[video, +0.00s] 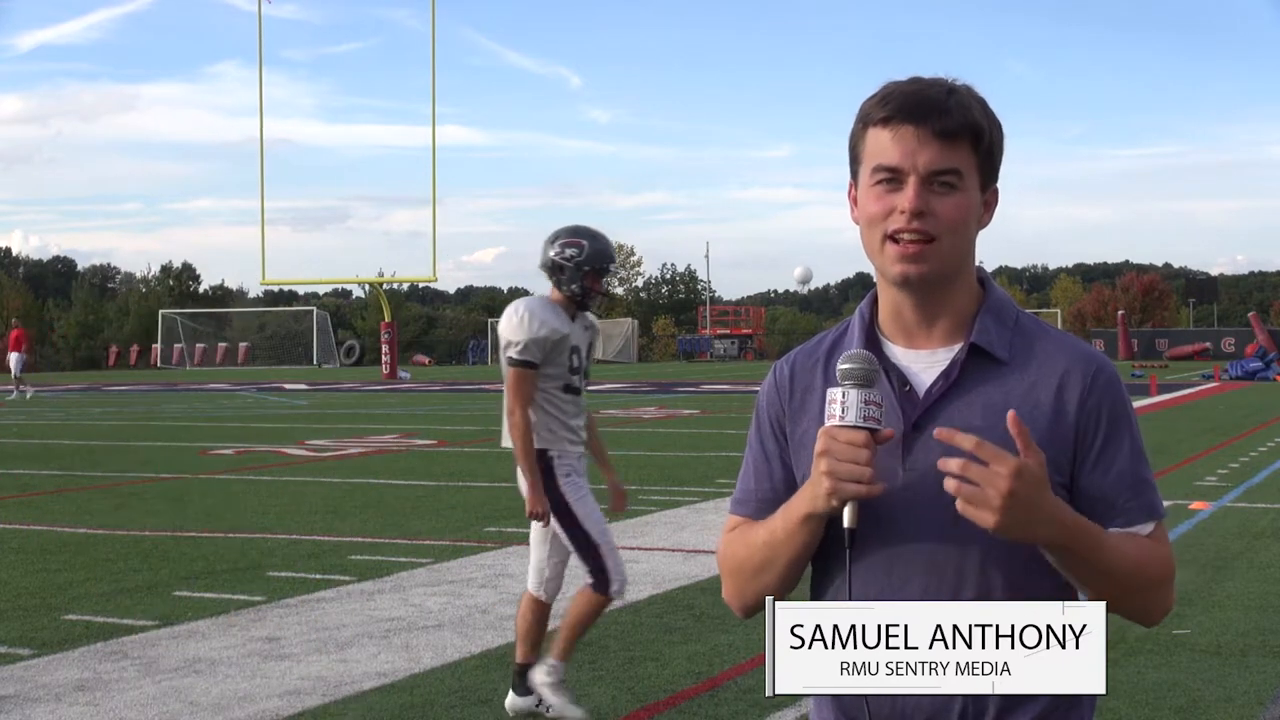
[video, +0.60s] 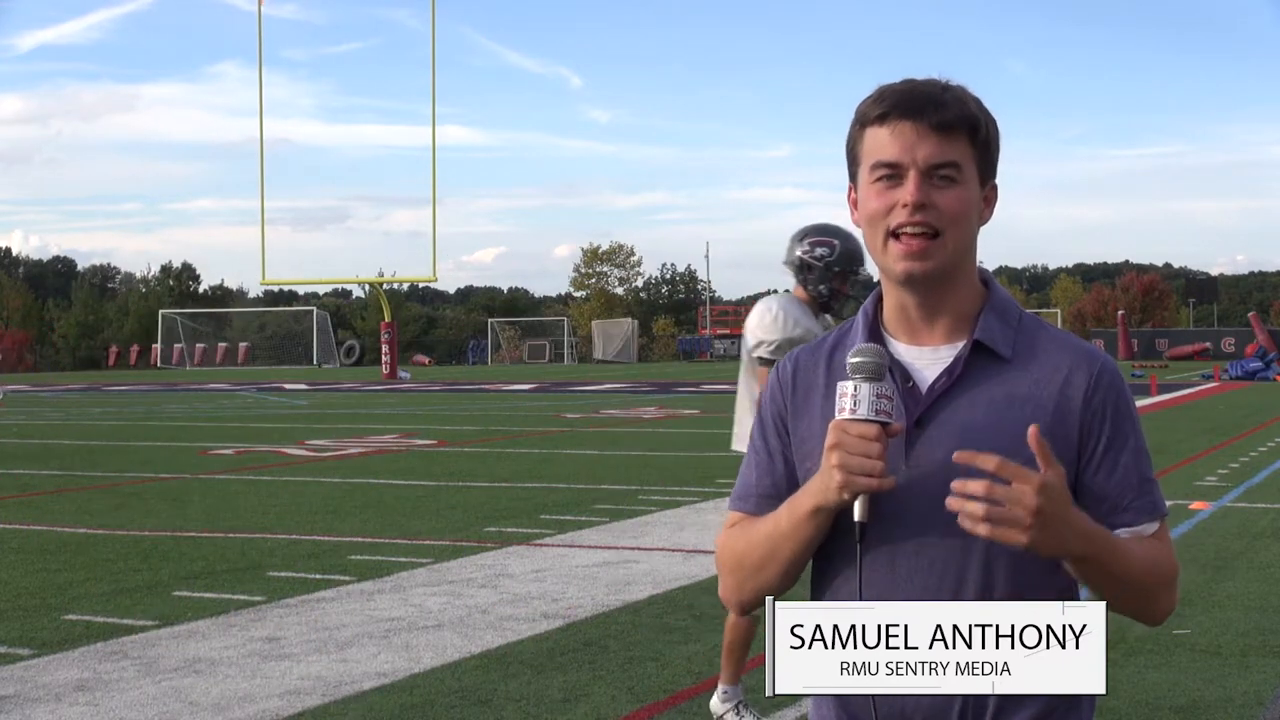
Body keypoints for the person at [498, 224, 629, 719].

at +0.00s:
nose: (602, 285)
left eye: (603, 275)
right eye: (596, 275)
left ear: (578, 272)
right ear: (571, 272)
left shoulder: (585, 327)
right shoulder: (527, 317)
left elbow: (578, 410)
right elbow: (517, 410)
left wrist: (609, 474)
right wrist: (532, 484)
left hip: (568, 462)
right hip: (546, 463)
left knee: (543, 582)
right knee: (607, 578)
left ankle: (522, 690)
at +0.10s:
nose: (641, 286)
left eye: (643, 277)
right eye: (635, 277)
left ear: (623, 276)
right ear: (607, 274)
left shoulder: (625, 328)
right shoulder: (565, 321)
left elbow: (631, 402)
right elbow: (549, 410)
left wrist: (681, 457)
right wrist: (556, 490)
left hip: (604, 464)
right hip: (582, 465)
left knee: (562, 582)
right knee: (644, 580)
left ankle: (528, 686)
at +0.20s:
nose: (682, 292)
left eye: (683, 283)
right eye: (675, 283)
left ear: (661, 280)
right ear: (648, 280)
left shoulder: (666, 333)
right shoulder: (607, 328)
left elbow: (679, 403)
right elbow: (586, 420)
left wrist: (741, 442)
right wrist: (590, 498)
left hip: (645, 468)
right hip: (625, 470)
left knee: (596, 586)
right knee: (675, 590)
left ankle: (538, 678)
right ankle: (712, 706)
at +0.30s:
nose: (724, 294)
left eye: (726, 284)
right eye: (718, 284)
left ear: (698, 283)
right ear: (691, 281)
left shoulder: (707, 331)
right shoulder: (648, 329)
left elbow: (711, 402)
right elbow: (631, 422)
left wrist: (758, 440)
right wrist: (636, 500)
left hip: (693, 468)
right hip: (668, 469)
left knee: (669, 596)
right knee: (705, 587)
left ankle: (579, 659)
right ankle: (718, 706)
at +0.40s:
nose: (765, 289)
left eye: (766, 280)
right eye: (760, 280)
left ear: (734, 277)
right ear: (735, 276)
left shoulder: (742, 323)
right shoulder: (689, 322)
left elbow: (736, 387)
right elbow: (679, 416)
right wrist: (695, 496)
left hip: (743, 464)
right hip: (708, 466)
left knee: (746, 588)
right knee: (721, 590)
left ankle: (657, 646)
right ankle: (719, 706)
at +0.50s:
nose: (805, 285)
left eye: (807, 275)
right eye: (800, 274)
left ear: (771, 269)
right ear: (775, 269)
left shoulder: (784, 323)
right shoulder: (733, 317)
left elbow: (785, 399)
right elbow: (726, 408)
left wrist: (792, 458)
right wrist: (747, 467)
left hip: (775, 464)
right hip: (738, 467)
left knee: (787, 578)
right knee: (738, 587)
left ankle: (756, 674)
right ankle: (723, 698)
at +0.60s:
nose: (851, 288)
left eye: (853, 279)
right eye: (846, 278)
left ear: (808, 271)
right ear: (822, 274)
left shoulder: (822, 323)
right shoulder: (775, 314)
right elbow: (775, 400)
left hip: (807, 467)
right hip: (767, 468)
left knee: (833, 576)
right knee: (752, 584)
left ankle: (830, 693)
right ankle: (727, 693)